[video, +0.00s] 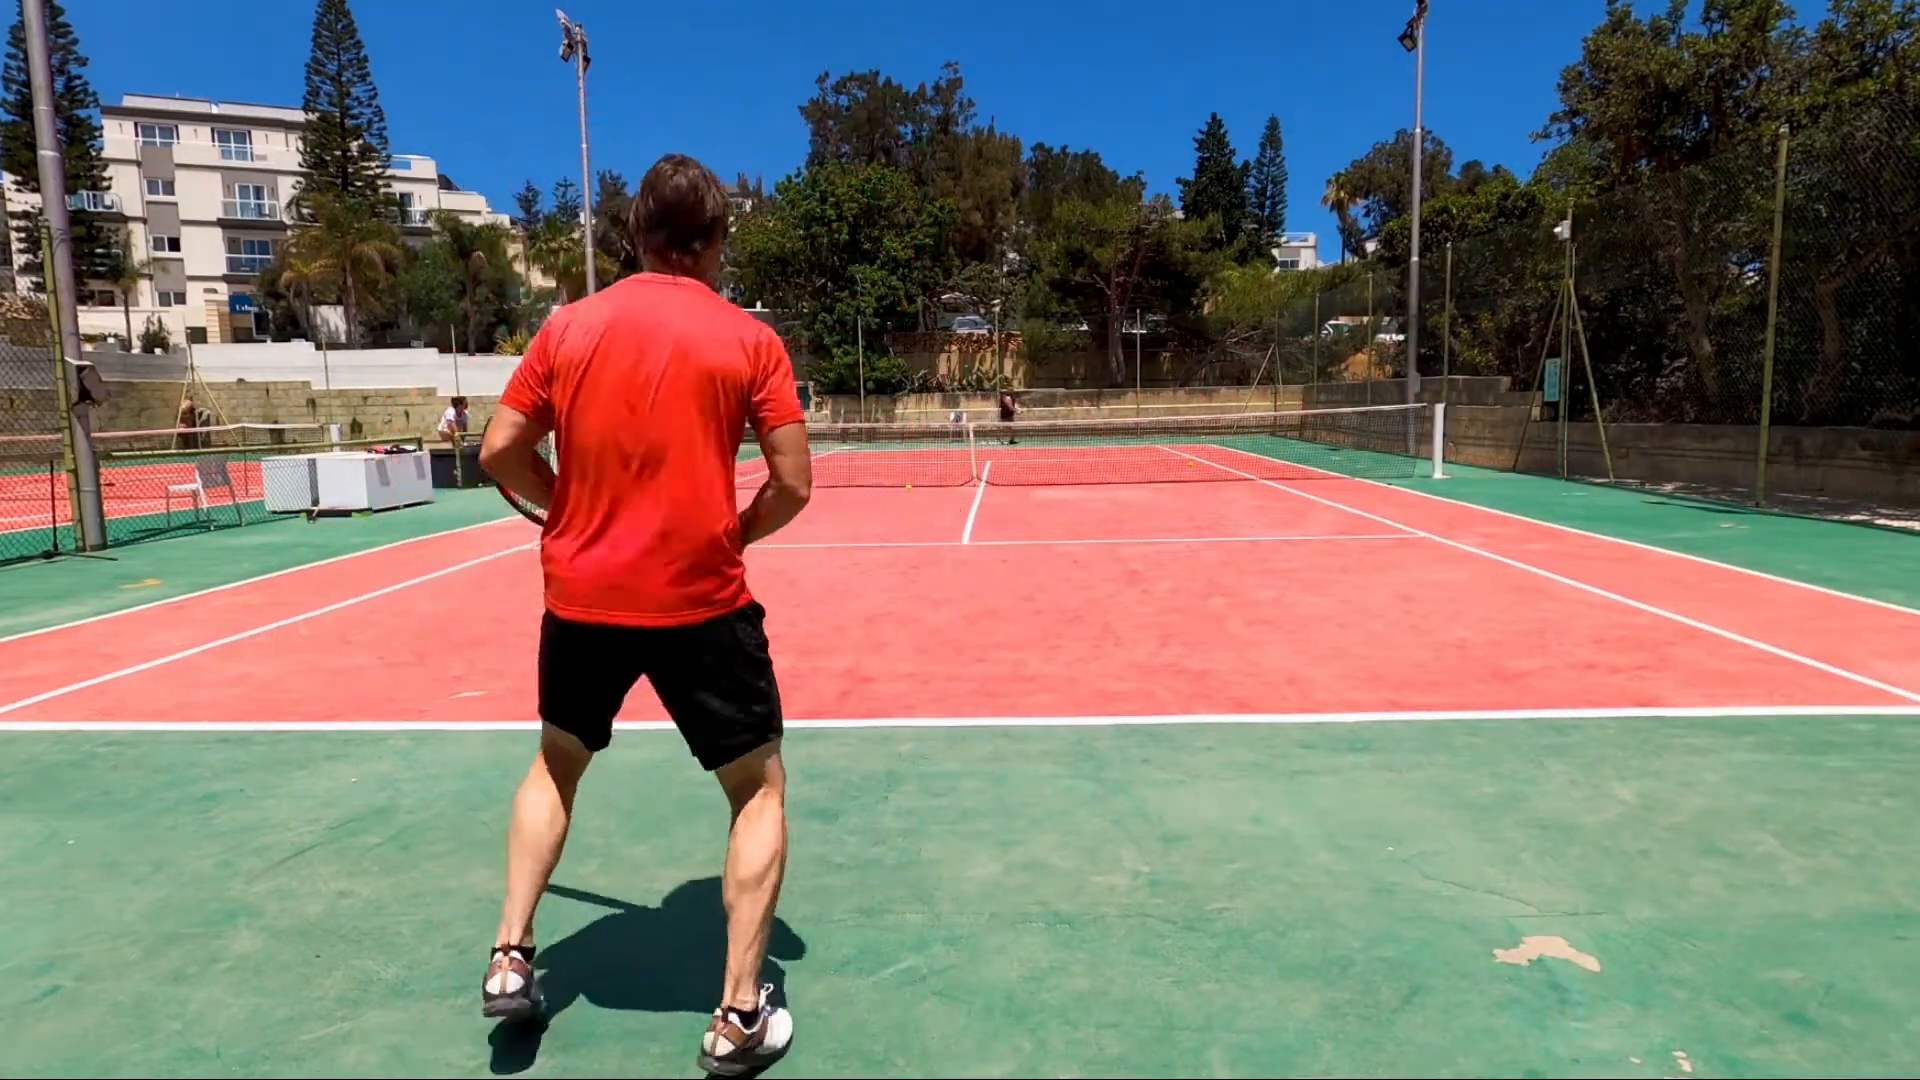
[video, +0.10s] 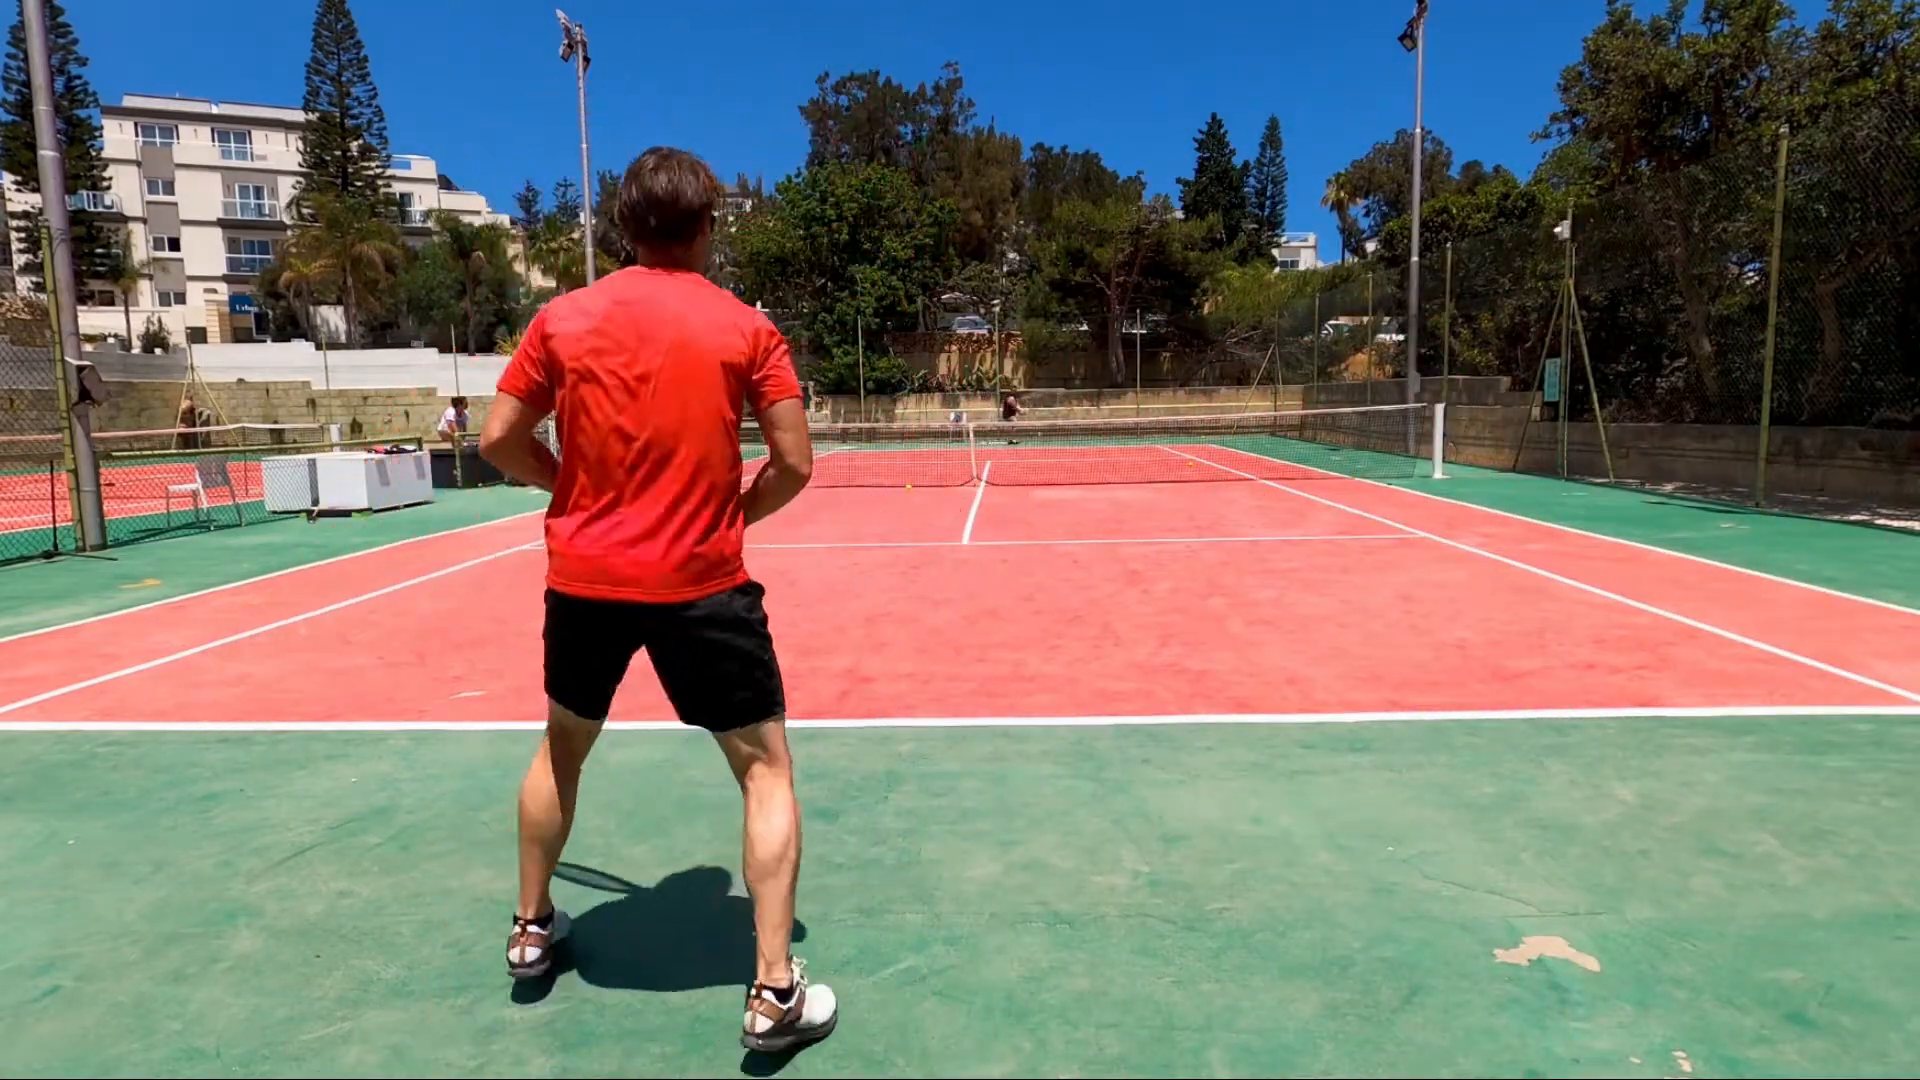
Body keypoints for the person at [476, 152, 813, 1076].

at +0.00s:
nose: (724, 250)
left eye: (717, 239)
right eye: (724, 239)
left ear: (636, 239)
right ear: (713, 242)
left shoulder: (572, 324)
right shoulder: (747, 336)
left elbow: (500, 451)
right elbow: (792, 485)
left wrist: (569, 509)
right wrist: (727, 538)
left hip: (583, 597)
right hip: (699, 603)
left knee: (555, 765)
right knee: (754, 787)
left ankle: (509, 957)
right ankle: (738, 1010)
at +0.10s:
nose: (714, 234)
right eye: (713, 223)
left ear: (622, 228)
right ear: (705, 229)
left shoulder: (566, 316)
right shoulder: (741, 324)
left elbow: (499, 437)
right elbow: (792, 464)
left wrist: (571, 484)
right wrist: (731, 514)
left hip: (587, 578)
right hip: (702, 583)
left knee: (561, 748)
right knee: (762, 767)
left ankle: (531, 932)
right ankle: (774, 989)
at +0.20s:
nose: (700, 273)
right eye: (698, 260)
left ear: (615, 268)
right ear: (697, 270)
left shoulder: (564, 360)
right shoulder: (738, 361)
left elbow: (503, 479)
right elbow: (792, 488)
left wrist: (583, 514)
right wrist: (732, 536)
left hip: (593, 609)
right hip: (704, 612)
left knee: (572, 746)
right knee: (772, 786)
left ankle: (545, 899)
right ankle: (790, 1006)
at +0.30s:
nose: (685, 307)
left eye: (677, 297)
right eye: (686, 297)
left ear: (606, 301)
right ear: (677, 302)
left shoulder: (556, 387)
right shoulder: (708, 387)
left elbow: (506, 516)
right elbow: (774, 510)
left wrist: (587, 536)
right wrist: (714, 563)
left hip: (579, 628)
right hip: (685, 629)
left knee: (585, 732)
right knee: (768, 788)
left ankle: (556, 894)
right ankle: (789, 997)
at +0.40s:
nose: (670, 286)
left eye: (666, 276)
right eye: (669, 276)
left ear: (585, 280)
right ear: (658, 280)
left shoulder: (536, 371)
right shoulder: (684, 370)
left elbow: (493, 489)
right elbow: (749, 483)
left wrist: (563, 515)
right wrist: (699, 533)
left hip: (562, 602)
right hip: (662, 600)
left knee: (583, 725)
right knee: (747, 750)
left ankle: (553, 890)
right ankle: (774, 943)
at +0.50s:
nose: (663, 238)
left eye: (654, 227)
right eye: (661, 227)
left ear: (579, 234)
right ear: (650, 232)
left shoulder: (529, 320)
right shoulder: (673, 319)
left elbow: (485, 433)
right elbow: (731, 433)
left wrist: (549, 472)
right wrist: (694, 487)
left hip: (558, 556)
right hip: (652, 549)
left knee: (572, 703)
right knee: (725, 708)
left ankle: (548, 874)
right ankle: (730, 901)